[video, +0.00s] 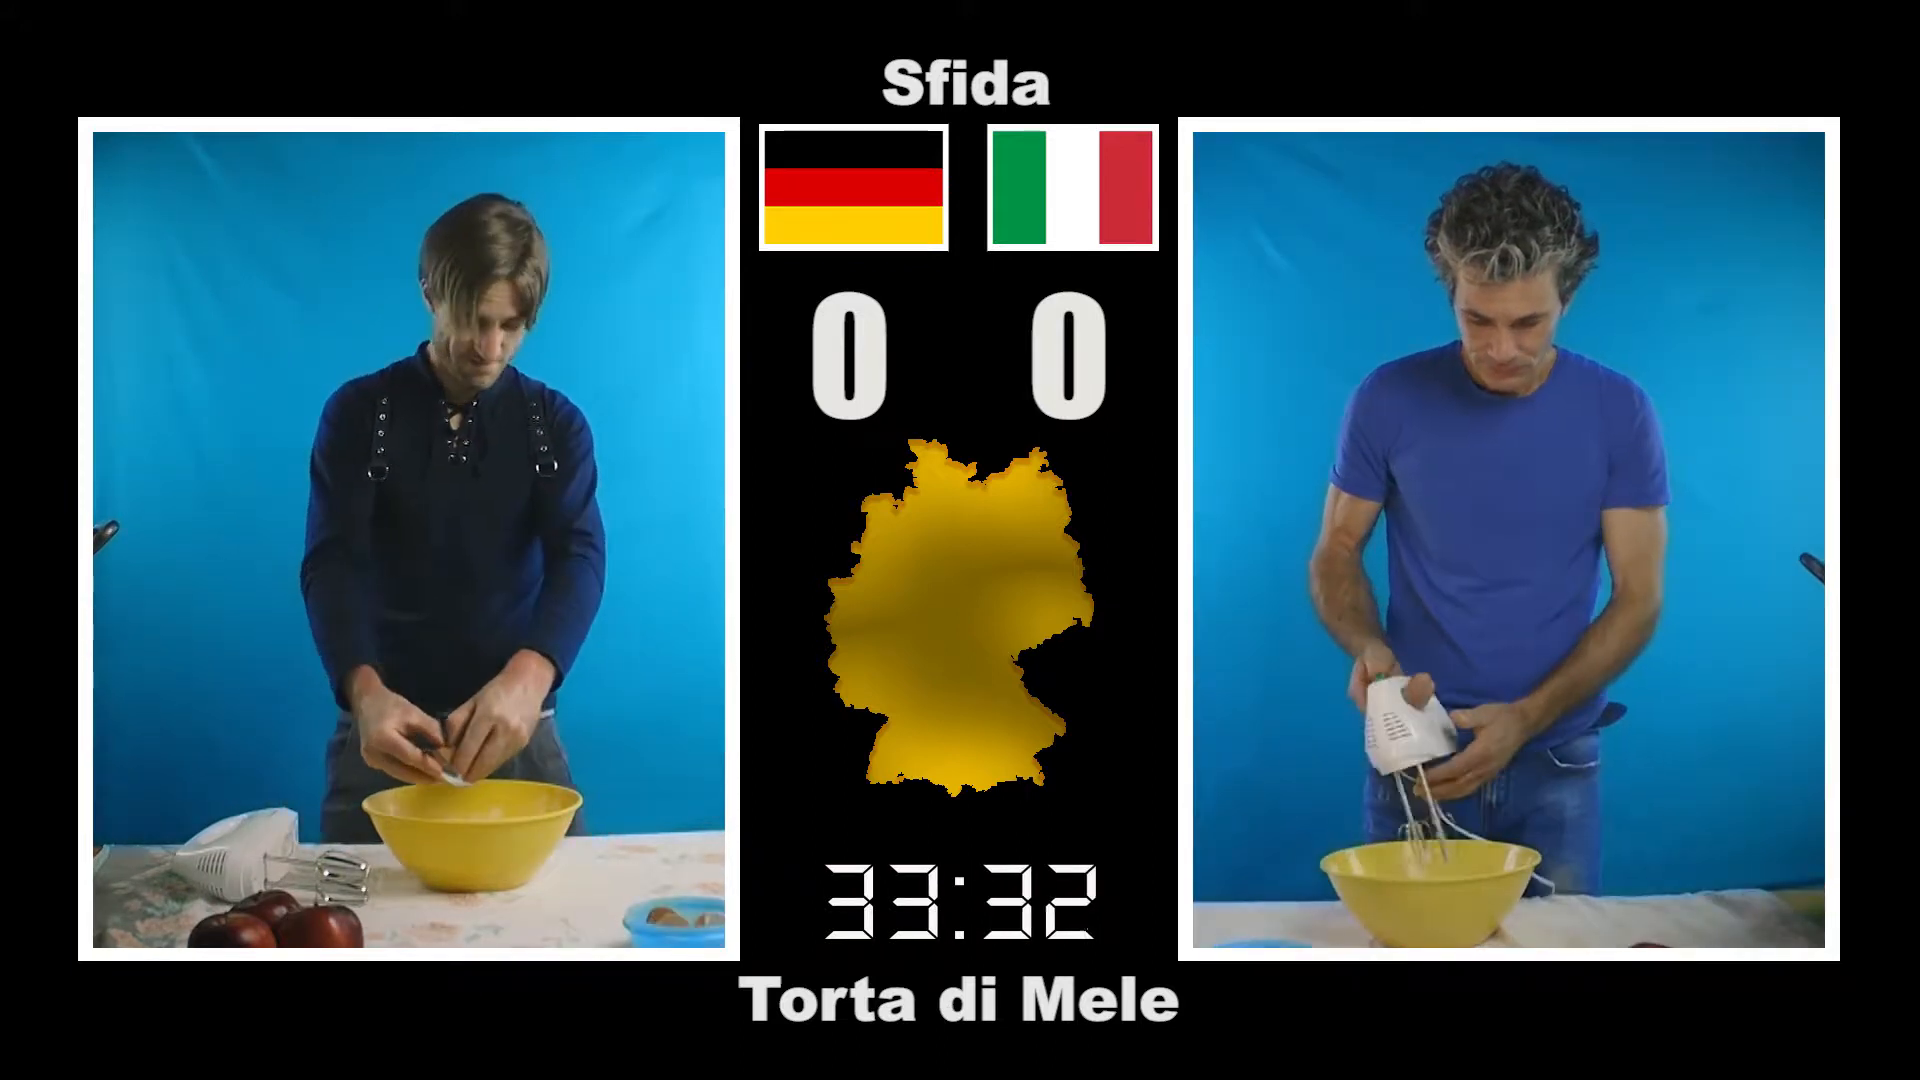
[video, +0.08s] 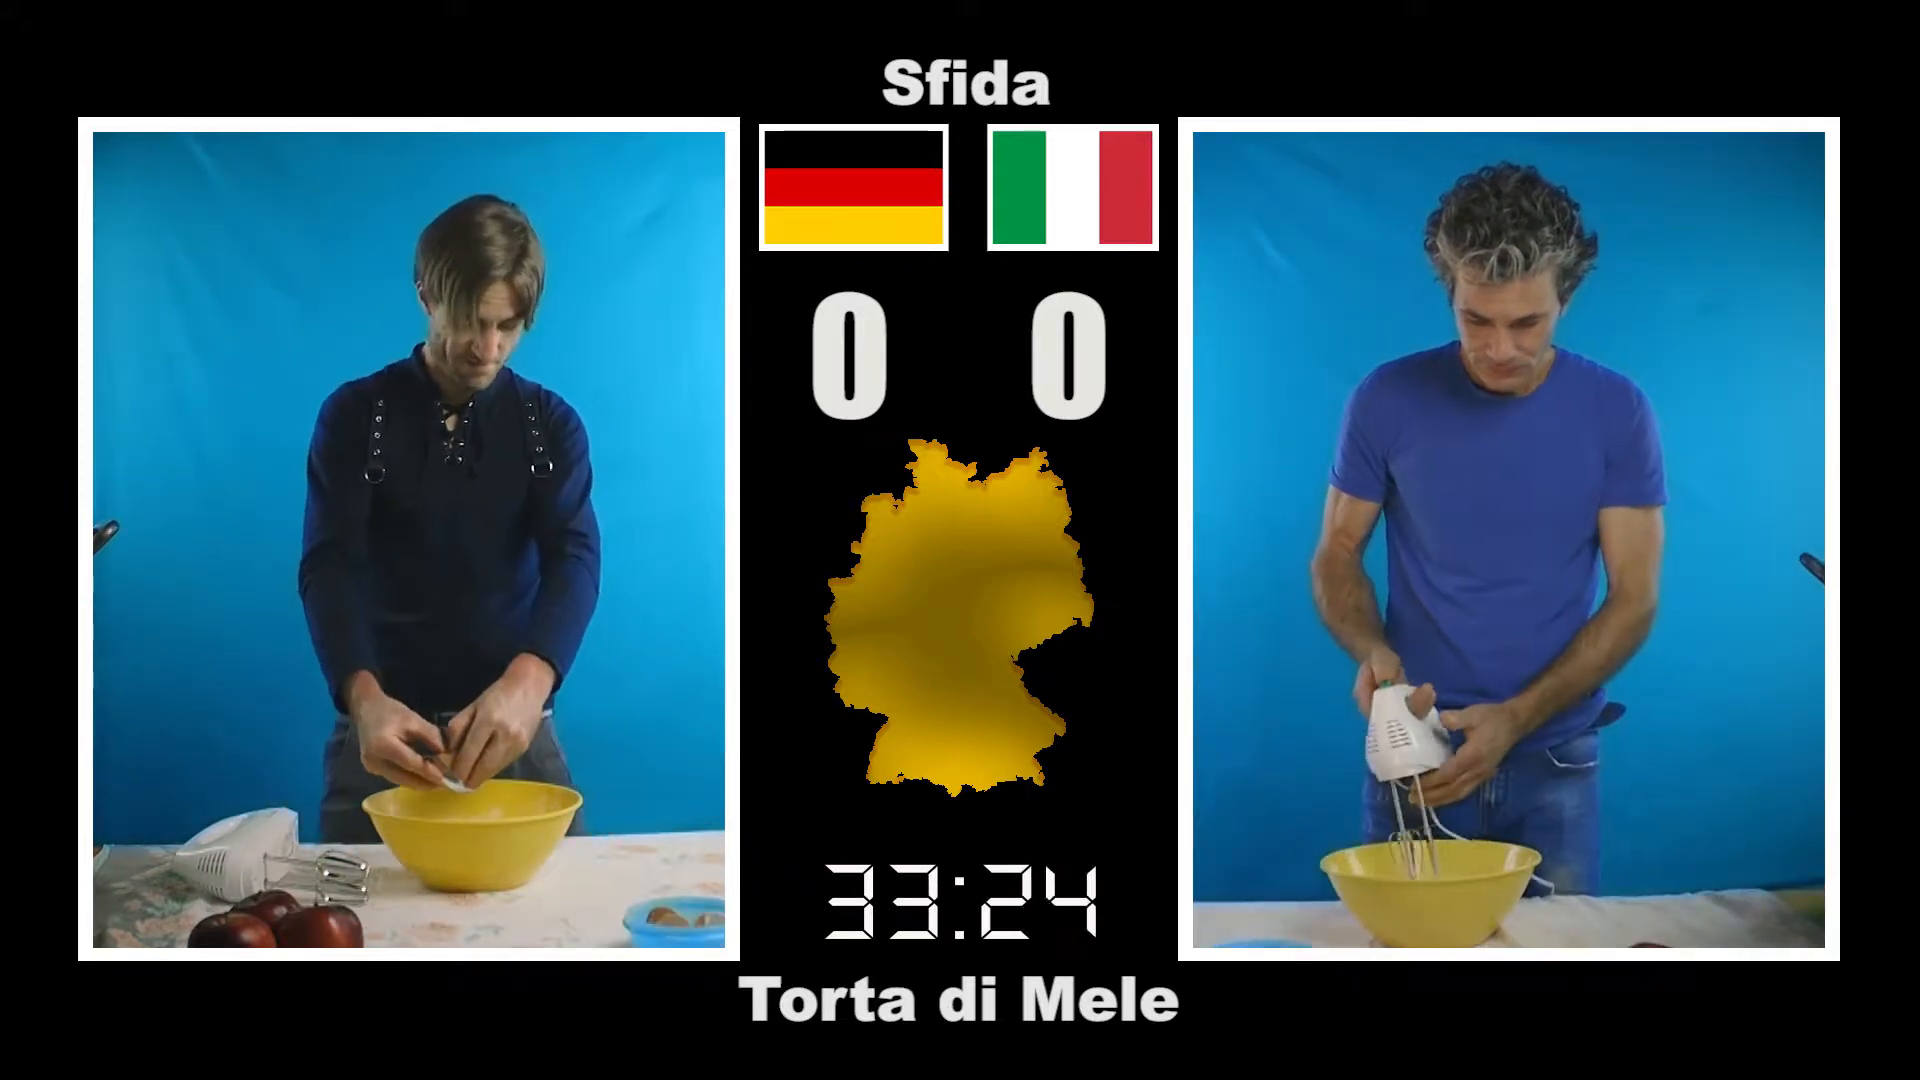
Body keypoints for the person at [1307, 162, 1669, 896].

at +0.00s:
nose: (1503, 348)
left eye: (1528, 322)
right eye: (1480, 321)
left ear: (1564, 298)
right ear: (1452, 293)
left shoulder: (1615, 412)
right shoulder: (1390, 399)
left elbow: (1639, 602)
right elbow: (1335, 556)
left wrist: (1528, 717)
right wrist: (1369, 647)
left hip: (1556, 758)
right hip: (1416, 757)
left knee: (1552, 951)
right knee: (1406, 950)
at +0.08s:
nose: (1501, 348)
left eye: (1526, 323)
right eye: (1478, 321)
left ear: (1563, 299)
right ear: (1451, 293)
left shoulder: (1613, 413)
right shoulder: (1389, 400)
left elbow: (1634, 603)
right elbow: (1336, 557)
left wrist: (1515, 718)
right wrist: (1373, 649)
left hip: (1554, 758)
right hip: (1413, 758)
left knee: (1551, 952)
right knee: (1406, 950)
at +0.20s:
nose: (1498, 349)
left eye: (1523, 323)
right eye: (1475, 321)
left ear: (1559, 299)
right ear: (1448, 294)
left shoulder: (1611, 412)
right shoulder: (1386, 400)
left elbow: (1630, 603)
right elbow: (1337, 559)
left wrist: (1506, 717)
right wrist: (1381, 654)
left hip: (1550, 759)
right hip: (1410, 757)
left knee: (1548, 952)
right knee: (1401, 951)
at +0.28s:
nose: (1496, 349)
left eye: (1521, 323)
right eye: (1473, 321)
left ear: (1557, 299)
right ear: (1445, 293)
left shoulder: (1609, 413)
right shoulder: (1383, 401)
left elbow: (1630, 602)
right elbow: (1338, 564)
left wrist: (1505, 717)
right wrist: (1387, 660)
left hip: (1549, 757)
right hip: (1407, 754)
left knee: (1545, 951)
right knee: (1400, 950)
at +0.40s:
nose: (1492, 350)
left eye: (1518, 323)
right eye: (1469, 322)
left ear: (1554, 298)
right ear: (1442, 293)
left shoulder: (1606, 412)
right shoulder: (1380, 401)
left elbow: (1628, 603)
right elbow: (1336, 570)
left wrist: (1507, 720)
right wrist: (1390, 665)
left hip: (1548, 758)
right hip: (1406, 756)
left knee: (1545, 952)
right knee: (1399, 951)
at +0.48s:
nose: (1490, 350)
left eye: (1516, 324)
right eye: (1467, 322)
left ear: (1552, 298)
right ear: (1440, 293)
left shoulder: (1604, 411)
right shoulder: (1378, 401)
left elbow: (1626, 601)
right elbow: (1333, 571)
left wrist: (1509, 723)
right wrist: (1390, 668)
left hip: (1548, 758)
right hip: (1405, 757)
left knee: (1545, 952)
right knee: (1398, 951)